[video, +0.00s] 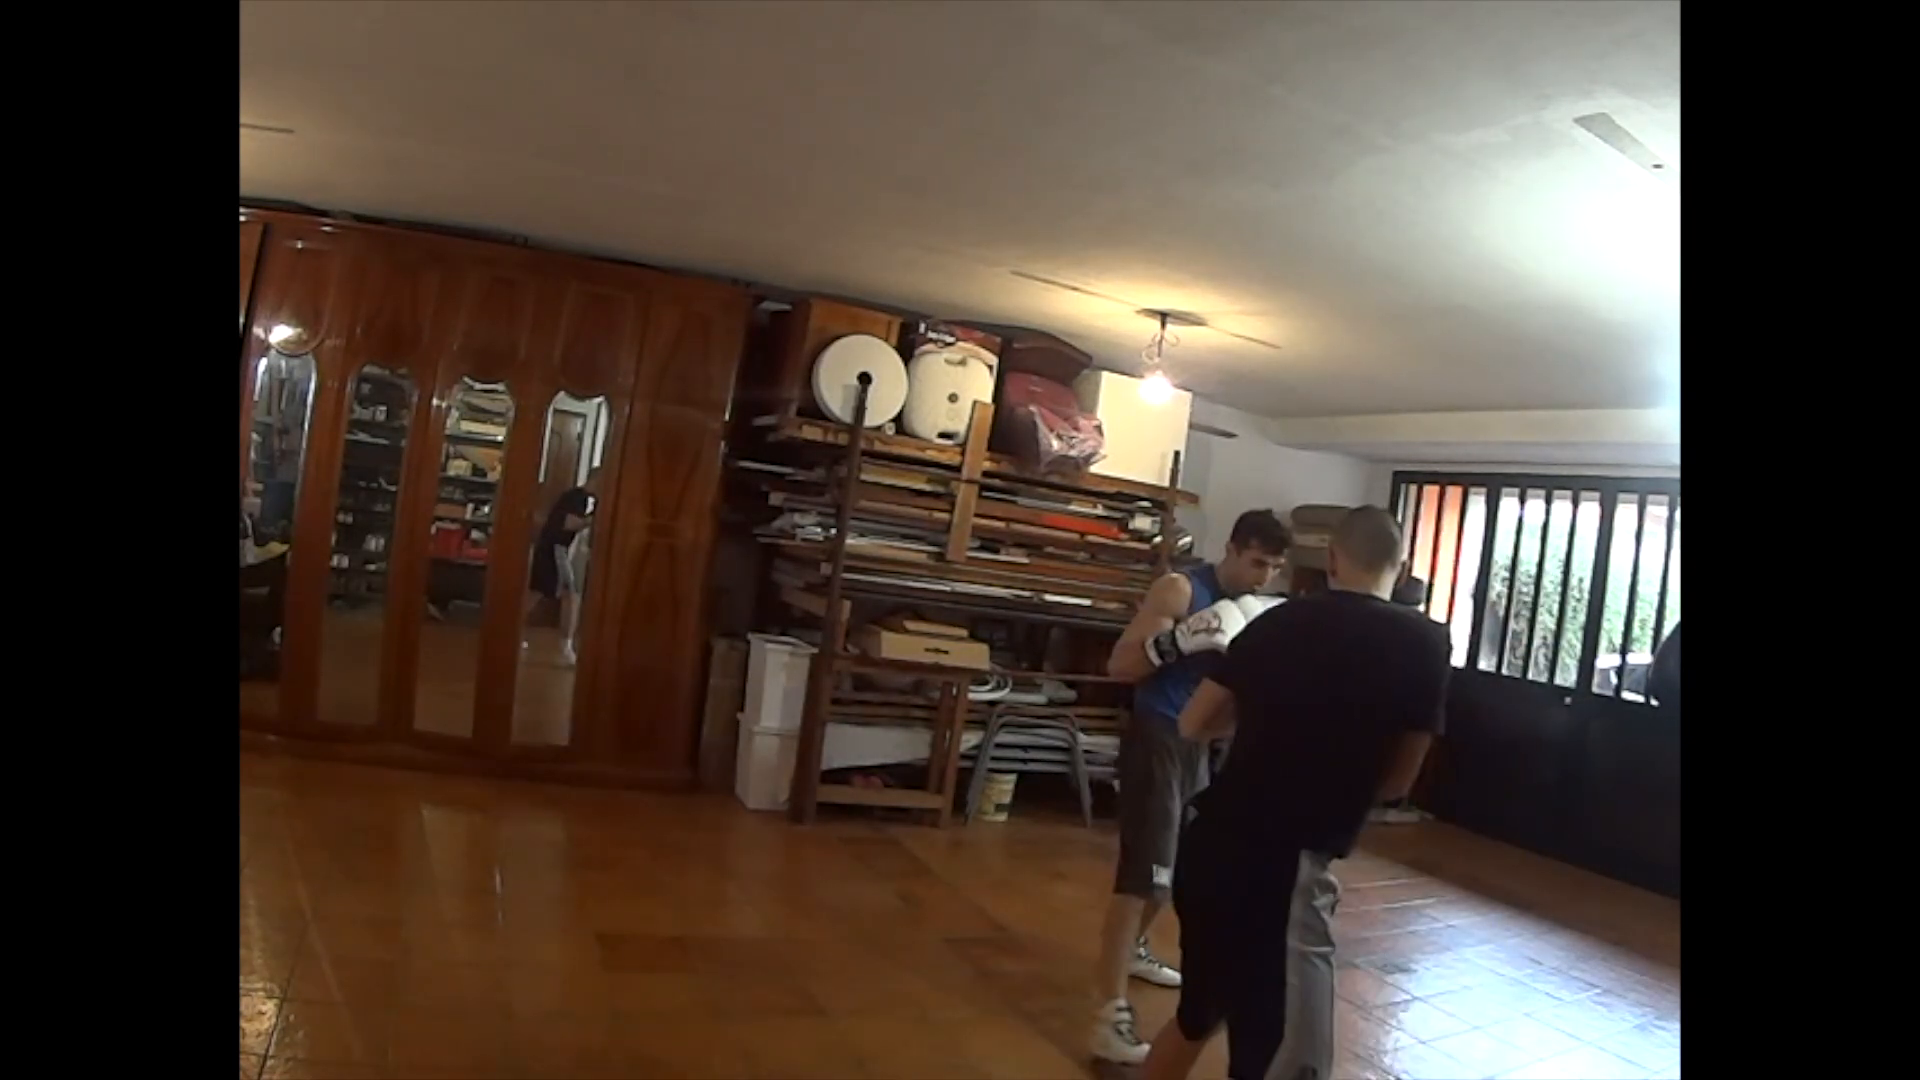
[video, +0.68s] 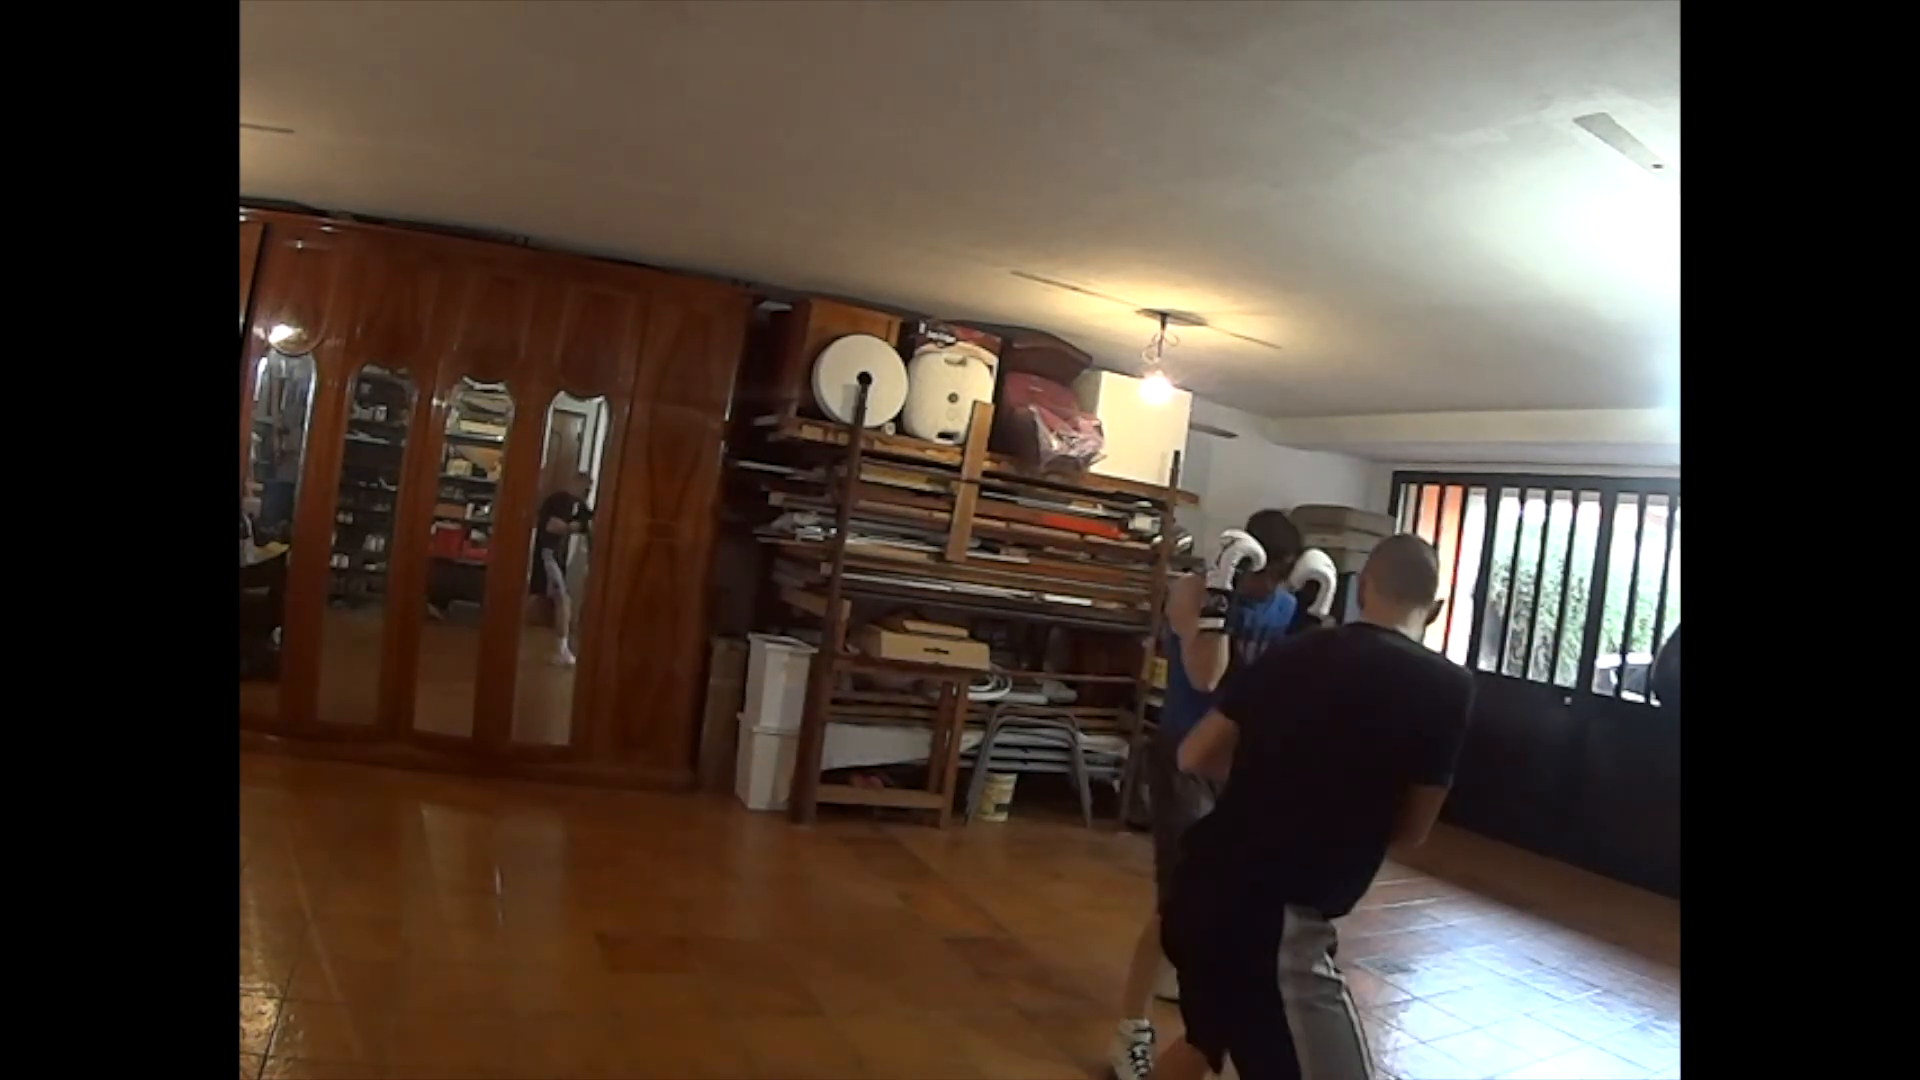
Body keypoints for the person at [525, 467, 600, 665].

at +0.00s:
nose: (602, 486)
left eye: (602, 481)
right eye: (601, 481)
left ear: (591, 479)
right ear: (594, 479)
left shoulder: (577, 497)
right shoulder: (578, 497)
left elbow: (571, 522)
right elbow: (569, 523)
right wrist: (590, 521)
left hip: (553, 544)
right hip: (555, 546)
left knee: (537, 590)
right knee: (571, 595)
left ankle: (515, 631)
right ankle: (566, 644)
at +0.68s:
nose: (588, 491)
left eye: (589, 488)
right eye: (586, 487)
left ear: (584, 488)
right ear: (575, 484)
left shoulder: (579, 505)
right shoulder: (559, 500)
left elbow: (590, 522)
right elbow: (552, 525)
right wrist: (576, 527)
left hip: (559, 551)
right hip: (546, 549)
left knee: (535, 593)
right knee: (562, 596)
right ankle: (562, 646)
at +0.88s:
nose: (577, 490)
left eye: (579, 486)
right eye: (574, 485)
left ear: (579, 488)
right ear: (564, 482)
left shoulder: (574, 507)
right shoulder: (548, 500)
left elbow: (581, 527)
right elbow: (539, 522)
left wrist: (577, 529)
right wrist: (561, 528)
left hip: (558, 551)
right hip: (540, 547)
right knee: (555, 593)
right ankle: (559, 645)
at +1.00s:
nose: (575, 489)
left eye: (577, 485)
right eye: (572, 484)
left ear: (576, 487)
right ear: (561, 482)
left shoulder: (573, 504)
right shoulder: (550, 498)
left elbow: (582, 523)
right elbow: (540, 521)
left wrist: (577, 524)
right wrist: (563, 526)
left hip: (553, 550)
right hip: (538, 547)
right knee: (555, 594)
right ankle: (557, 646)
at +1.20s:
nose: (575, 487)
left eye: (577, 483)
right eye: (572, 482)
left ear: (575, 486)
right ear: (561, 480)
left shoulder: (572, 503)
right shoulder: (549, 497)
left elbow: (581, 525)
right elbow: (537, 518)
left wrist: (575, 522)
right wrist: (556, 524)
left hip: (550, 550)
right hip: (537, 547)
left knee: (525, 595)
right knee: (554, 595)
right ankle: (557, 647)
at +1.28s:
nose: (576, 485)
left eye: (577, 481)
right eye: (572, 480)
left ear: (573, 484)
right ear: (561, 479)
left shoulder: (571, 502)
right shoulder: (549, 497)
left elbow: (580, 525)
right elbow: (536, 517)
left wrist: (573, 522)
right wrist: (552, 524)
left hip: (553, 551)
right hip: (538, 547)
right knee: (554, 594)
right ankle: (557, 647)